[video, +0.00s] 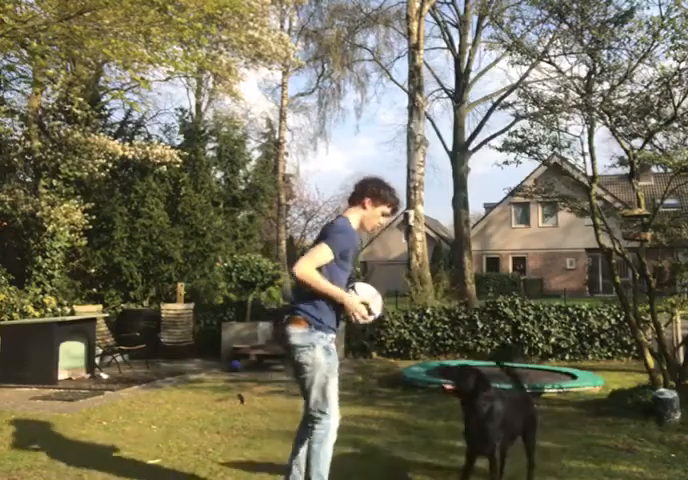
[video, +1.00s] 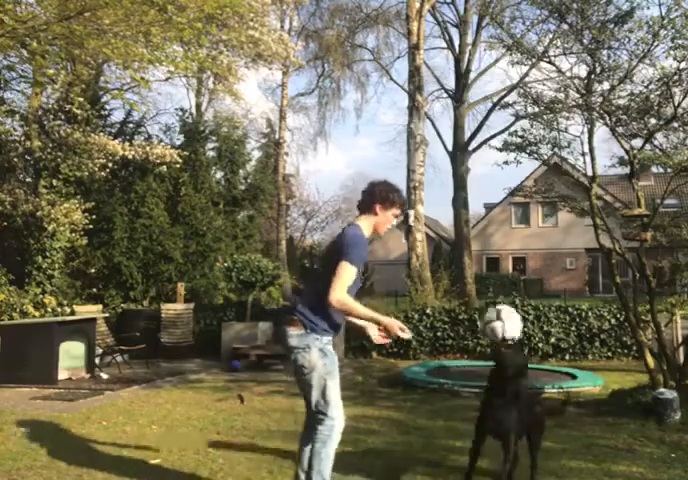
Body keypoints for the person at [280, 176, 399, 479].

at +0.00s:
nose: (381, 224)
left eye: (386, 218)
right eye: (383, 215)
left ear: (365, 204)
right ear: (367, 202)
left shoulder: (343, 231)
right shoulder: (343, 231)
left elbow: (317, 277)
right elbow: (302, 268)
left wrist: (351, 300)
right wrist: (345, 299)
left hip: (311, 332)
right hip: (311, 334)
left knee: (316, 415)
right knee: (326, 417)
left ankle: (297, 474)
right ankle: (315, 475)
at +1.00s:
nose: (393, 224)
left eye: (396, 218)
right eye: (394, 216)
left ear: (375, 209)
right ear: (377, 208)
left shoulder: (349, 237)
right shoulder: (356, 240)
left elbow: (332, 300)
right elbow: (336, 297)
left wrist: (366, 326)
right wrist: (382, 319)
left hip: (309, 333)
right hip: (310, 335)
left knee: (319, 416)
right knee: (331, 419)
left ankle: (306, 474)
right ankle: (318, 475)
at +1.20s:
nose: (401, 228)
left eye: (403, 221)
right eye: (400, 220)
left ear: (378, 216)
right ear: (384, 217)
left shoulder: (357, 248)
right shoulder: (374, 255)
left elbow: (356, 310)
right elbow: (387, 317)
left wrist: (400, 319)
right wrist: (439, 333)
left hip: (313, 339)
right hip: (319, 342)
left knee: (339, 417)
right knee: (346, 419)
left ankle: (314, 474)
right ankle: (323, 475)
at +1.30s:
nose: (413, 237)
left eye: (412, 230)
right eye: (409, 229)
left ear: (387, 230)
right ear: (389, 230)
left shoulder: (363, 261)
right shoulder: (383, 265)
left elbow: (368, 314)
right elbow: (425, 323)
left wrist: (416, 321)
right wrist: (476, 339)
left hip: (310, 347)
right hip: (323, 350)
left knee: (340, 421)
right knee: (367, 418)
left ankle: (314, 475)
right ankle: (333, 475)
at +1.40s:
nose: (427, 254)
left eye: (427, 247)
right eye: (423, 247)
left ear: (398, 248)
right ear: (404, 248)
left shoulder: (370, 275)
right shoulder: (394, 281)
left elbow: (387, 325)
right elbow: (458, 326)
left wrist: (437, 327)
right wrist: (514, 340)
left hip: (313, 354)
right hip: (331, 356)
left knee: (351, 422)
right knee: (392, 411)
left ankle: (313, 475)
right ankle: (374, 474)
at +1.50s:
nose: (450, 272)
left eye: (449, 264)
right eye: (446, 264)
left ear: (423, 266)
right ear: (425, 265)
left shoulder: (399, 291)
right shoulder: (417, 297)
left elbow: (410, 335)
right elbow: (481, 336)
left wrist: (456, 337)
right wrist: (542, 348)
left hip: (329, 362)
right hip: (345, 363)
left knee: (360, 433)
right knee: (418, 411)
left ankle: (322, 474)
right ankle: (429, 475)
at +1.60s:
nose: (480, 291)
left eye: (481, 284)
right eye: (478, 284)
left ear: (453, 281)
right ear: (457, 282)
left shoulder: (425, 304)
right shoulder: (445, 310)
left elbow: (443, 348)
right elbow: (510, 354)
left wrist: (494, 351)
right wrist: (566, 366)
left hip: (355, 376)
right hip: (377, 379)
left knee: (373, 448)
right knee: (451, 421)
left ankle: (330, 476)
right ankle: (481, 474)